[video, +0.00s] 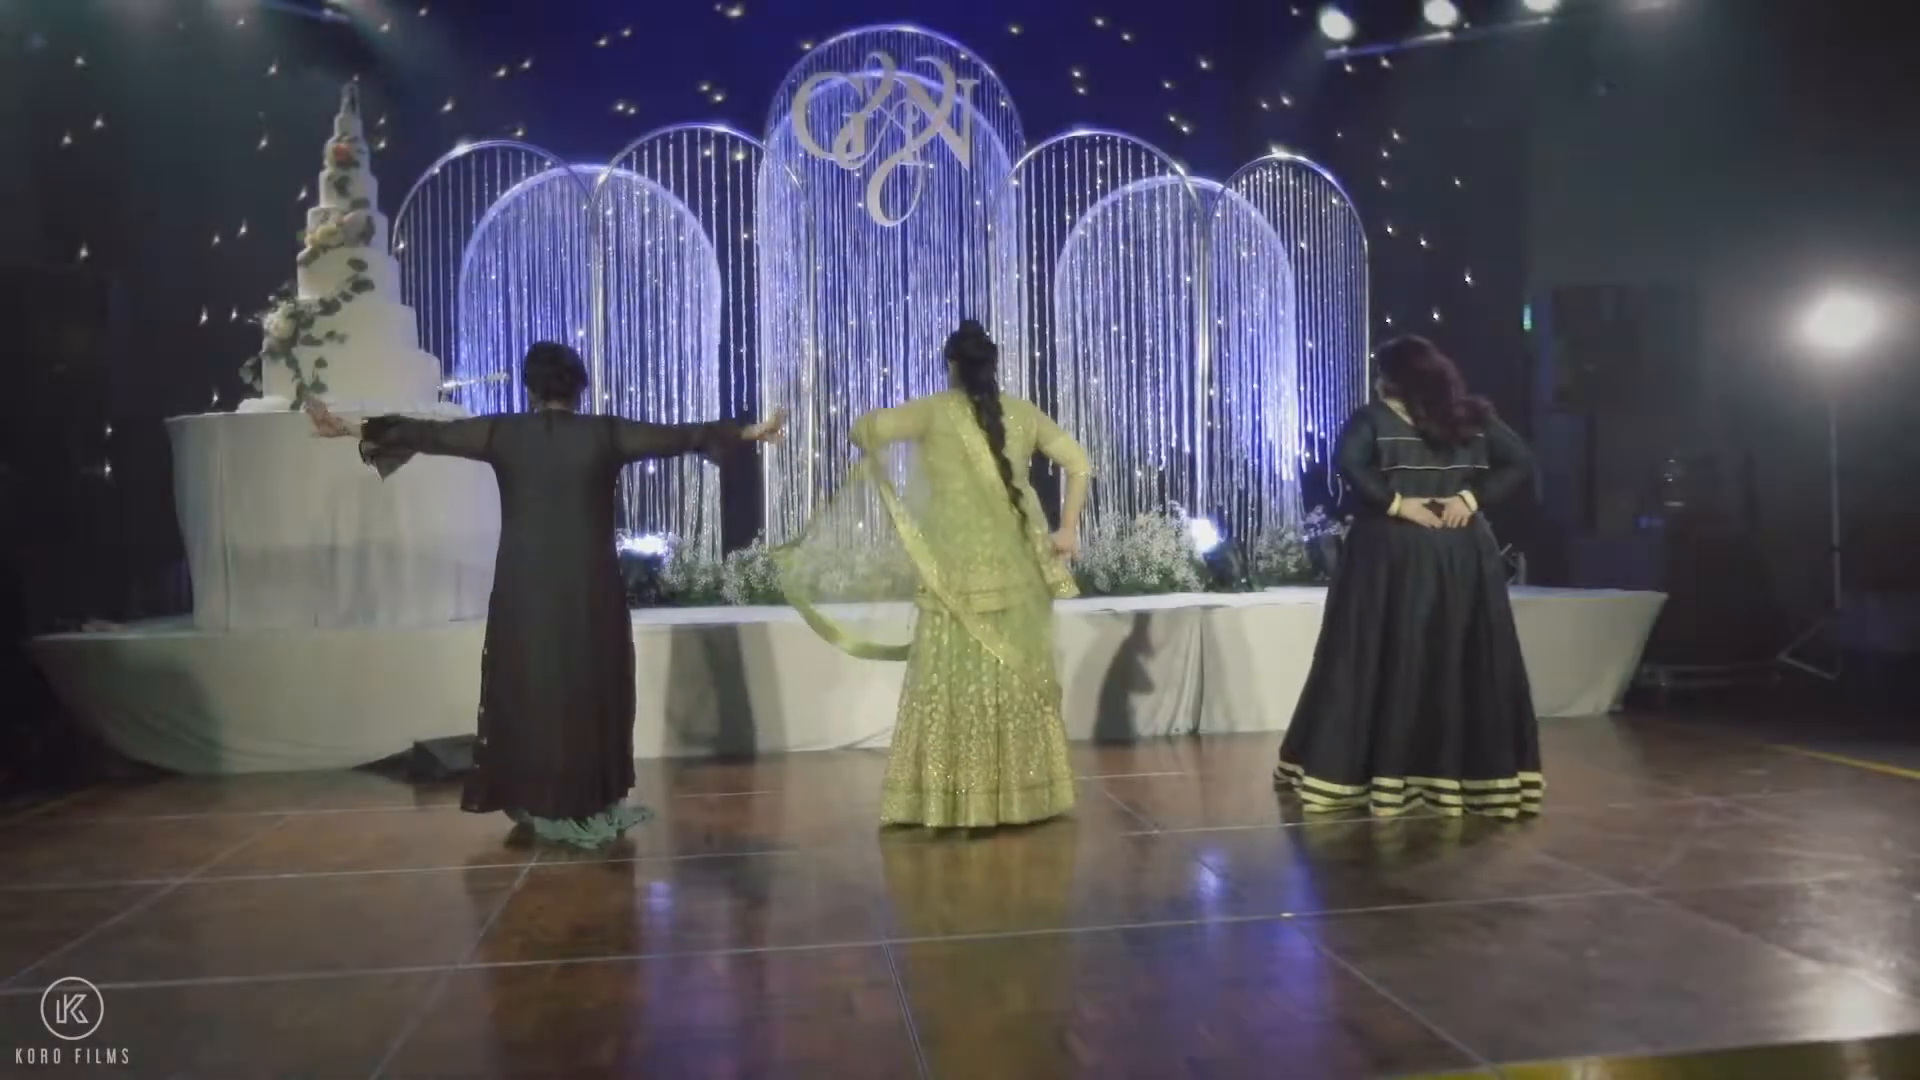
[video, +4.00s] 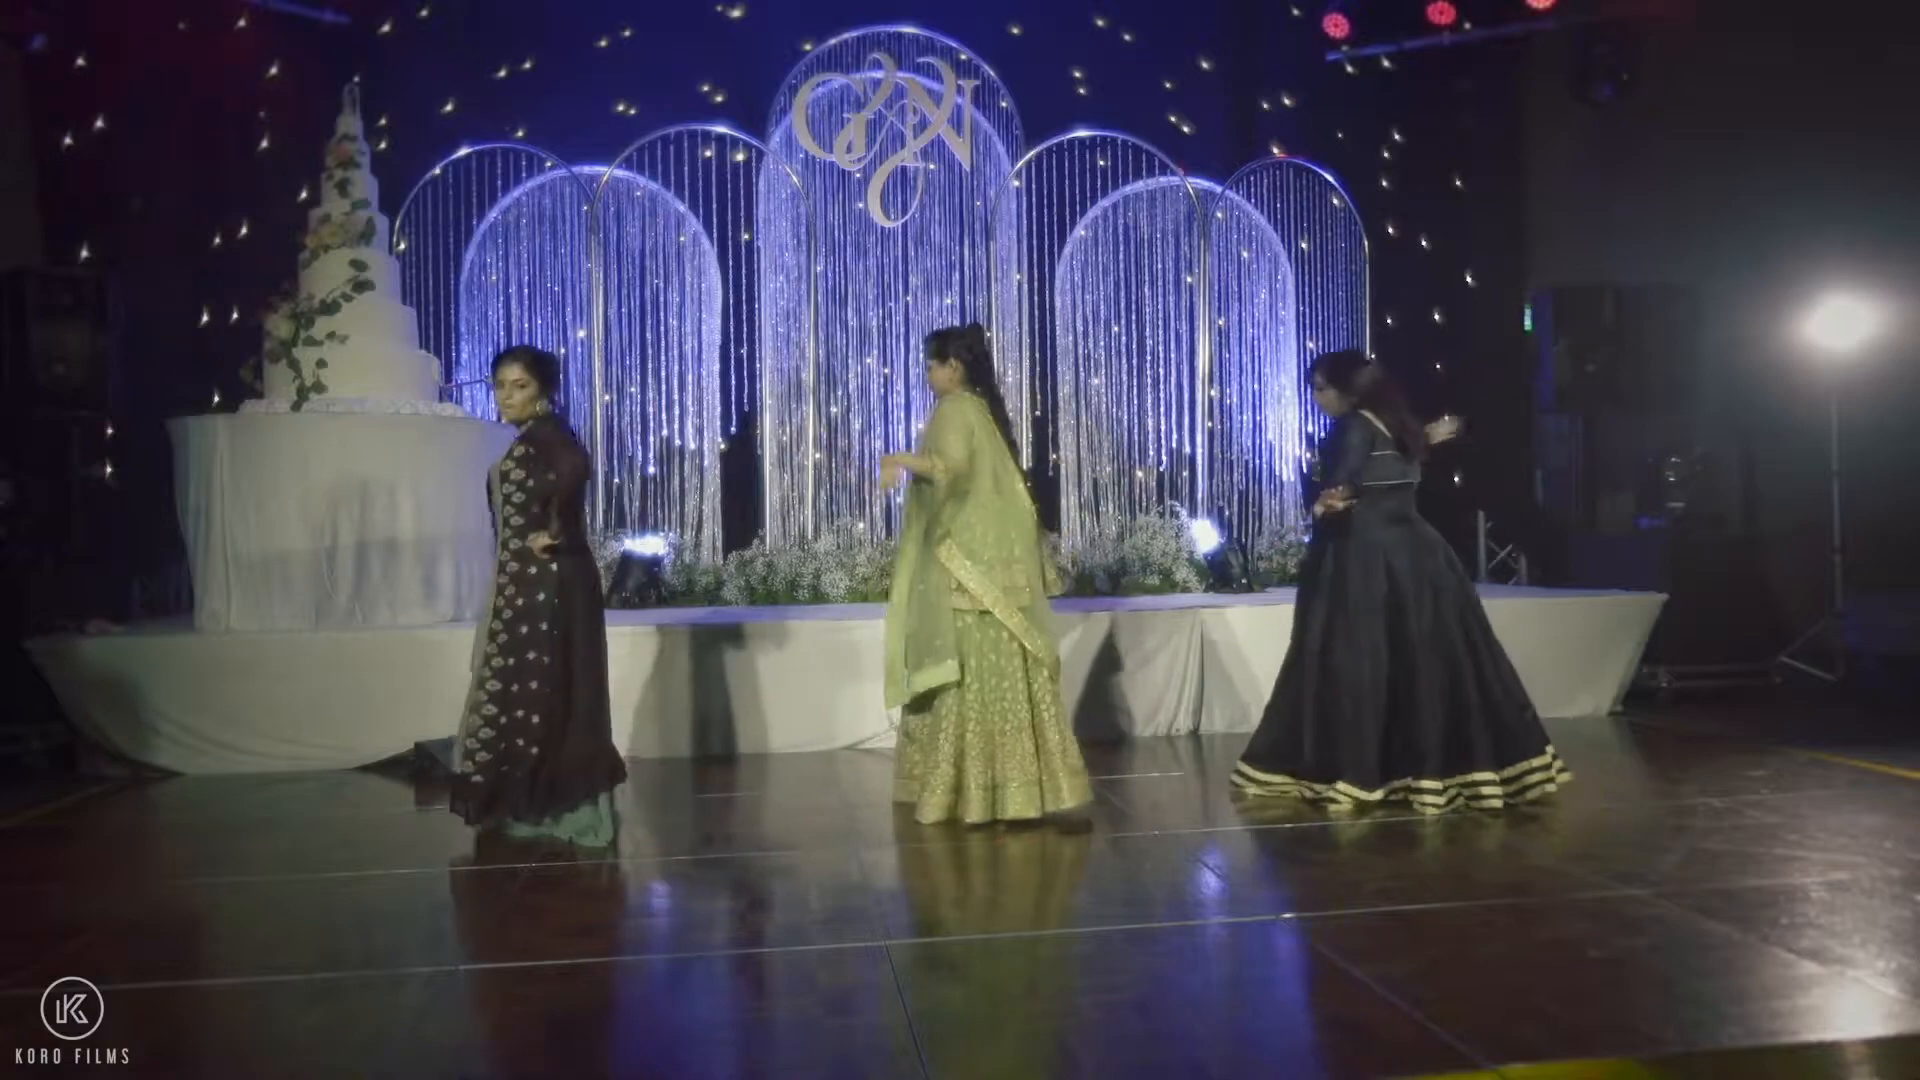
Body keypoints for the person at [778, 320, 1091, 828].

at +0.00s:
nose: (950, 369)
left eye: (949, 362)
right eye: (959, 361)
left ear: (950, 366)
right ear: (993, 365)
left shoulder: (934, 411)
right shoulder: (1022, 414)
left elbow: (868, 428)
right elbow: (1079, 464)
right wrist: (1069, 529)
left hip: (956, 580)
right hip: (1019, 578)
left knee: (955, 694)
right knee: (1019, 688)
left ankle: (959, 802)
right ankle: (1022, 800)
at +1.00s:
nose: (963, 366)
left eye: (964, 359)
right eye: (976, 359)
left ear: (967, 363)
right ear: (1010, 363)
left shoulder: (948, 407)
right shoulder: (1033, 414)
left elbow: (890, 445)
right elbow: (1090, 418)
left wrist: (922, 508)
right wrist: (1067, 375)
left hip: (964, 571)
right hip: (1023, 571)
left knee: (964, 689)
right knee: (1025, 686)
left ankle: (964, 797)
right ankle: (1024, 798)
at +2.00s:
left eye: (968, 355)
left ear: (963, 363)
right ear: (1004, 363)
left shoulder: (941, 409)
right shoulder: (1025, 407)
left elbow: (907, 376)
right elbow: (1041, 374)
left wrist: (951, 334)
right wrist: (1003, 343)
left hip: (963, 563)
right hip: (1022, 562)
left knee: (959, 685)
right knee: (1024, 682)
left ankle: (961, 795)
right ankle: (1027, 795)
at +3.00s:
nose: (954, 368)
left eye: (954, 361)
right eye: (959, 360)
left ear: (960, 363)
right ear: (998, 360)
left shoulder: (946, 409)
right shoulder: (1028, 412)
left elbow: (895, 456)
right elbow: (1088, 448)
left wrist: (837, 431)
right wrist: (1128, 442)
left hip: (966, 576)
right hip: (1027, 574)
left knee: (966, 691)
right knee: (1030, 686)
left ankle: (969, 797)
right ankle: (1032, 795)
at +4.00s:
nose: (928, 373)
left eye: (933, 365)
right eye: (929, 365)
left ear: (954, 367)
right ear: (964, 367)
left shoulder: (955, 409)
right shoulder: (976, 409)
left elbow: (950, 465)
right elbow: (962, 469)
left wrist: (903, 463)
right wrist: (914, 463)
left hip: (967, 567)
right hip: (990, 564)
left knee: (969, 676)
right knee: (993, 676)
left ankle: (972, 792)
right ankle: (1001, 791)